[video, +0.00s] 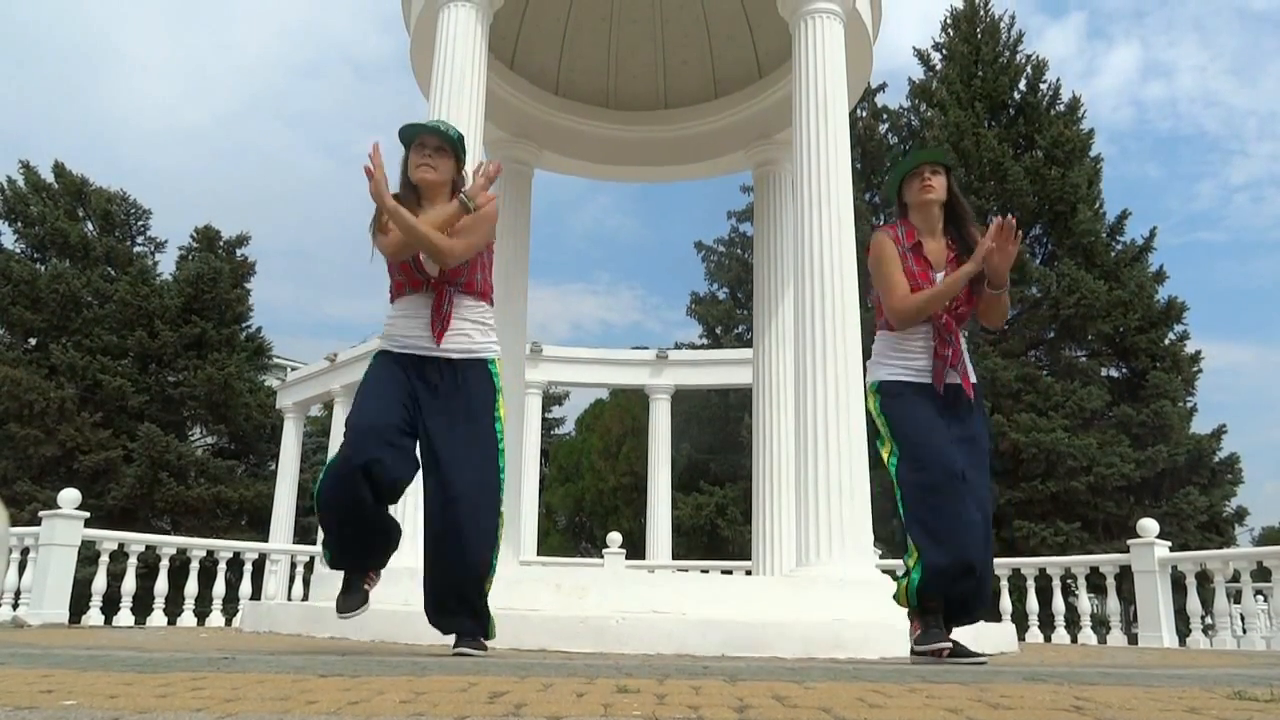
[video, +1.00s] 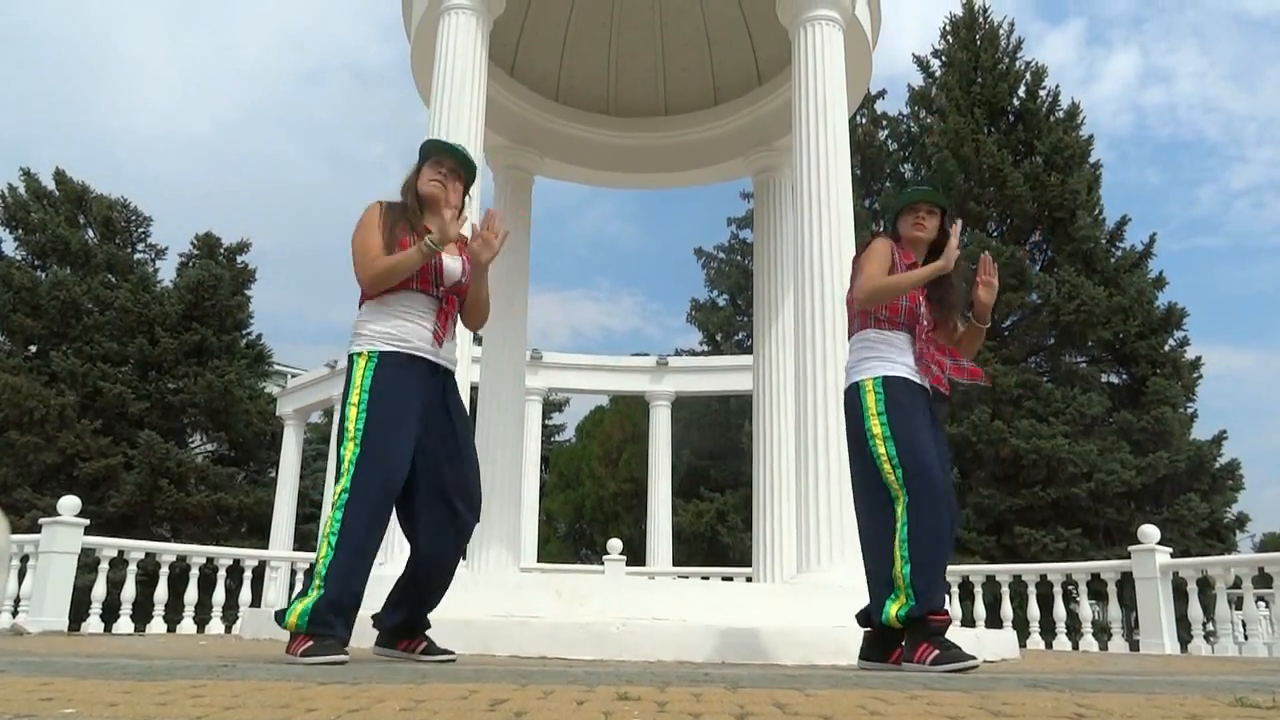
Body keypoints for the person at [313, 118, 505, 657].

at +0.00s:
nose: (426, 157)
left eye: (438, 151)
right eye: (419, 149)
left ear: (459, 166)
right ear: (406, 162)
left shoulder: (484, 208)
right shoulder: (388, 214)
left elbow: (447, 251)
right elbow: (392, 247)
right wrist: (464, 205)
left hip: (466, 365)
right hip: (398, 360)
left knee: (467, 497)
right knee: (355, 469)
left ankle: (467, 628)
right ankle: (365, 554)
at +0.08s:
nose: (412, 131)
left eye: (425, 125)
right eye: (405, 122)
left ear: (444, 138)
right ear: (390, 132)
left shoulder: (469, 170)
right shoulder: (374, 178)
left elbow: (458, 224)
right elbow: (378, 221)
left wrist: (415, 179)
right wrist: (440, 172)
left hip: (463, 341)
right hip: (394, 335)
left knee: (470, 472)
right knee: (369, 452)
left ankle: (474, 610)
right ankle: (339, 583)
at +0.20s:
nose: (401, 115)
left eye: (414, 110)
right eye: (390, 106)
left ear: (427, 124)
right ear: (370, 117)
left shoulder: (454, 164)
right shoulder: (354, 167)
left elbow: (500, 231)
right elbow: (320, 226)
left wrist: (490, 179)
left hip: (452, 339)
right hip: (380, 335)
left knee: (474, 465)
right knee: (359, 464)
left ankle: (483, 588)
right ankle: (315, 608)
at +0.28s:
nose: (393, 122)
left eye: (406, 118)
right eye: (383, 114)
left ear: (422, 137)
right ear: (364, 129)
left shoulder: (443, 185)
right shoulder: (341, 186)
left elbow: (499, 252)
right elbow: (288, 256)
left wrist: (523, 206)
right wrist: (263, 183)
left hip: (435, 360)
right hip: (364, 355)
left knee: (469, 482)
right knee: (352, 477)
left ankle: (482, 590)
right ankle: (316, 621)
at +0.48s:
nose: (397, 115)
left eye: (410, 111)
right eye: (387, 106)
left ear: (422, 131)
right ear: (365, 119)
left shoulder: (441, 183)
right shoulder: (339, 179)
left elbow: (468, 268)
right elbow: (327, 263)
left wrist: (482, 226)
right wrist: (341, 194)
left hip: (430, 346)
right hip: (363, 341)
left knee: (434, 482)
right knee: (374, 467)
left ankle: (412, 611)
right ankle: (315, 623)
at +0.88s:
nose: (428, 165)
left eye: (440, 163)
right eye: (420, 155)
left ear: (451, 183)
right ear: (401, 164)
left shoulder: (452, 242)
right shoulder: (366, 219)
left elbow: (482, 317)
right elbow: (327, 293)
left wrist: (522, 269)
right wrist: (324, 231)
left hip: (431, 382)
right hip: (372, 365)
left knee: (445, 503)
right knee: (362, 483)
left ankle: (397, 627)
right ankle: (317, 628)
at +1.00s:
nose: (441, 178)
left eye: (453, 176)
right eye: (433, 169)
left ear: (464, 194)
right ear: (414, 176)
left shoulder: (466, 243)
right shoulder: (382, 216)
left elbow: (475, 321)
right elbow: (370, 279)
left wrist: (479, 268)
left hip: (439, 377)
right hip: (383, 364)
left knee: (455, 504)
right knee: (368, 492)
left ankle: (401, 627)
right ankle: (316, 630)